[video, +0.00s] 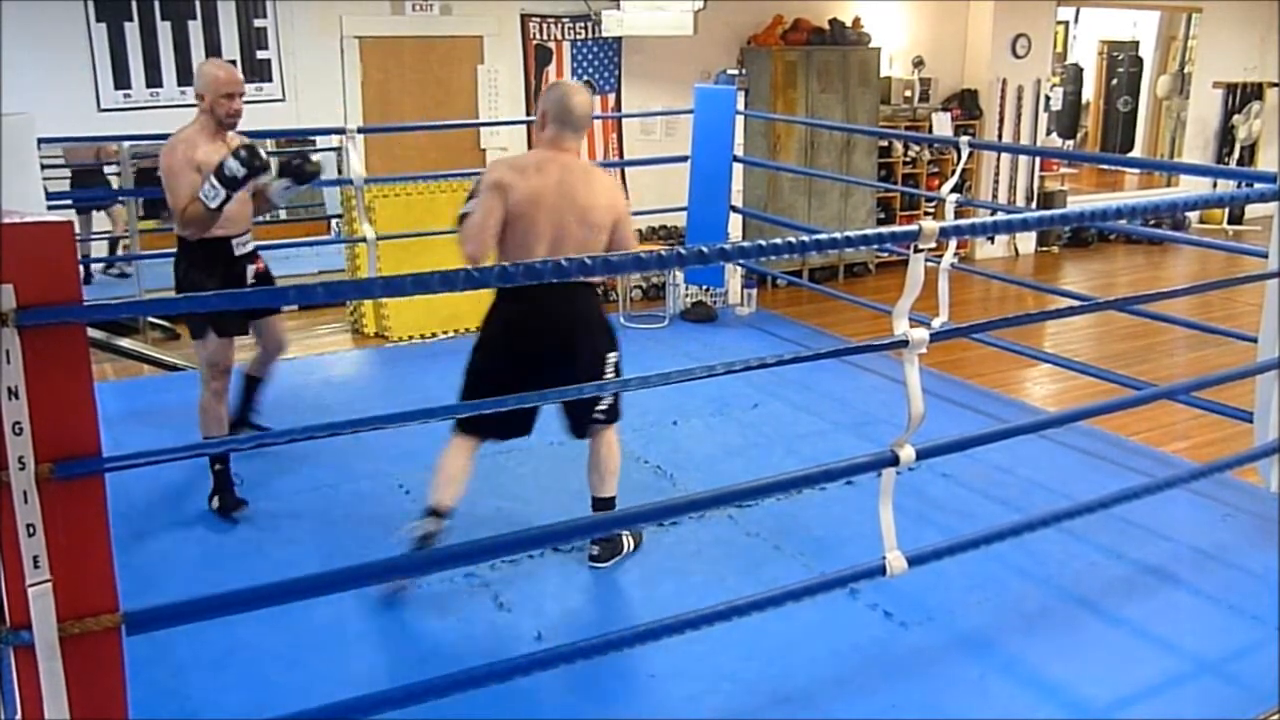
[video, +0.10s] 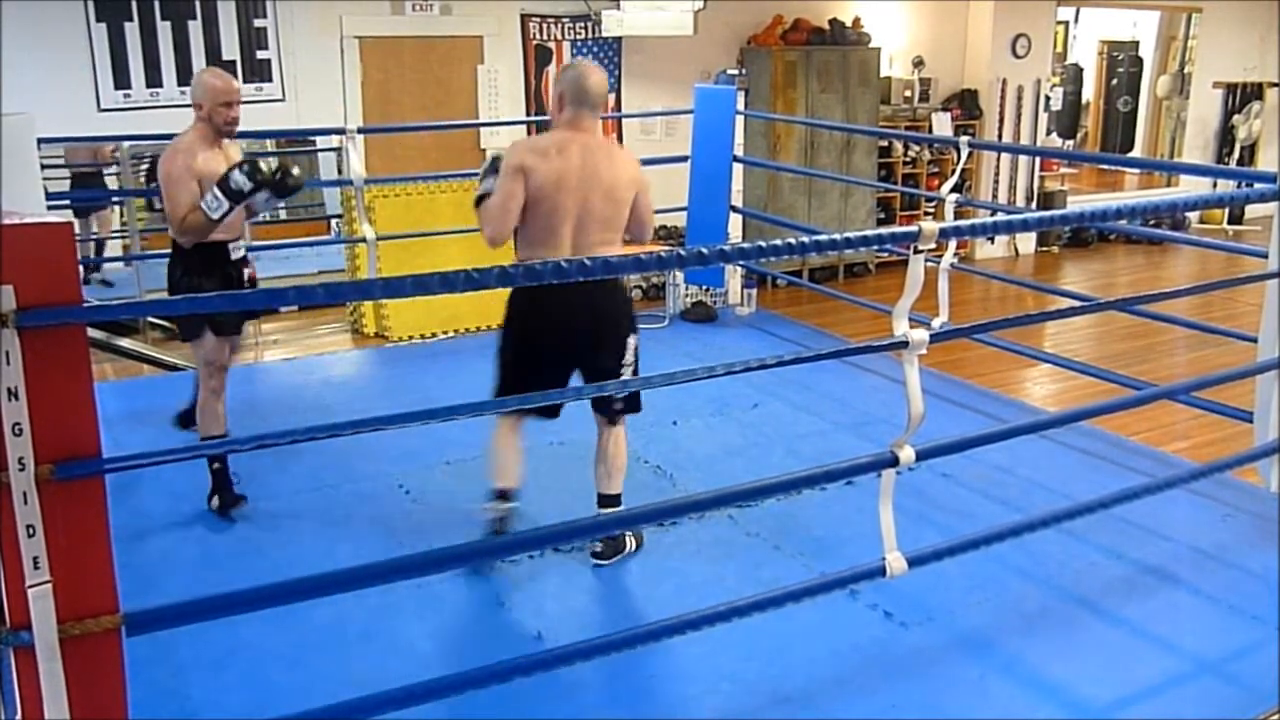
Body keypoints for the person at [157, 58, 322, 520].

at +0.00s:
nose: (238, 106)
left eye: (241, 96)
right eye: (229, 98)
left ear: (242, 96)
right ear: (202, 100)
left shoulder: (239, 143)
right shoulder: (179, 150)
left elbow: (253, 206)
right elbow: (188, 224)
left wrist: (286, 183)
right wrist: (224, 183)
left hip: (244, 253)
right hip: (202, 262)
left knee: (273, 343)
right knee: (217, 374)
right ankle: (222, 484)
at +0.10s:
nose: (235, 114)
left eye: (237, 105)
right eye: (225, 107)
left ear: (238, 103)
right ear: (199, 108)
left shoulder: (230, 147)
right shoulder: (177, 158)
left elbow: (239, 211)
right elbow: (184, 230)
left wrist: (269, 194)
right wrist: (222, 197)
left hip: (233, 259)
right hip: (197, 266)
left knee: (224, 350)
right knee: (214, 375)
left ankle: (197, 410)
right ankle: (221, 483)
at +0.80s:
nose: (275, 113)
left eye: (275, 105)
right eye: (268, 108)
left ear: (250, 108)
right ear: (244, 109)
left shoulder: (255, 137)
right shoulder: (220, 152)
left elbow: (278, 196)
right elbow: (246, 216)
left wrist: (294, 158)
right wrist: (269, 172)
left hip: (255, 241)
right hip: (232, 247)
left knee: (265, 333)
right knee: (271, 343)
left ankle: (216, 404)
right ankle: (256, 441)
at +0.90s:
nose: (291, 108)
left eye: (291, 100)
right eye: (284, 102)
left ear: (264, 102)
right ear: (260, 103)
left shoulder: (265, 132)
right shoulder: (231, 145)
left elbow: (289, 193)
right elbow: (267, 207)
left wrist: (305, 149)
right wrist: (283, 158)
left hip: (269, 233)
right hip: (243, 240)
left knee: (298, 317)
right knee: (263, 339)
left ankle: (267, 405)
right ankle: (254, 438)